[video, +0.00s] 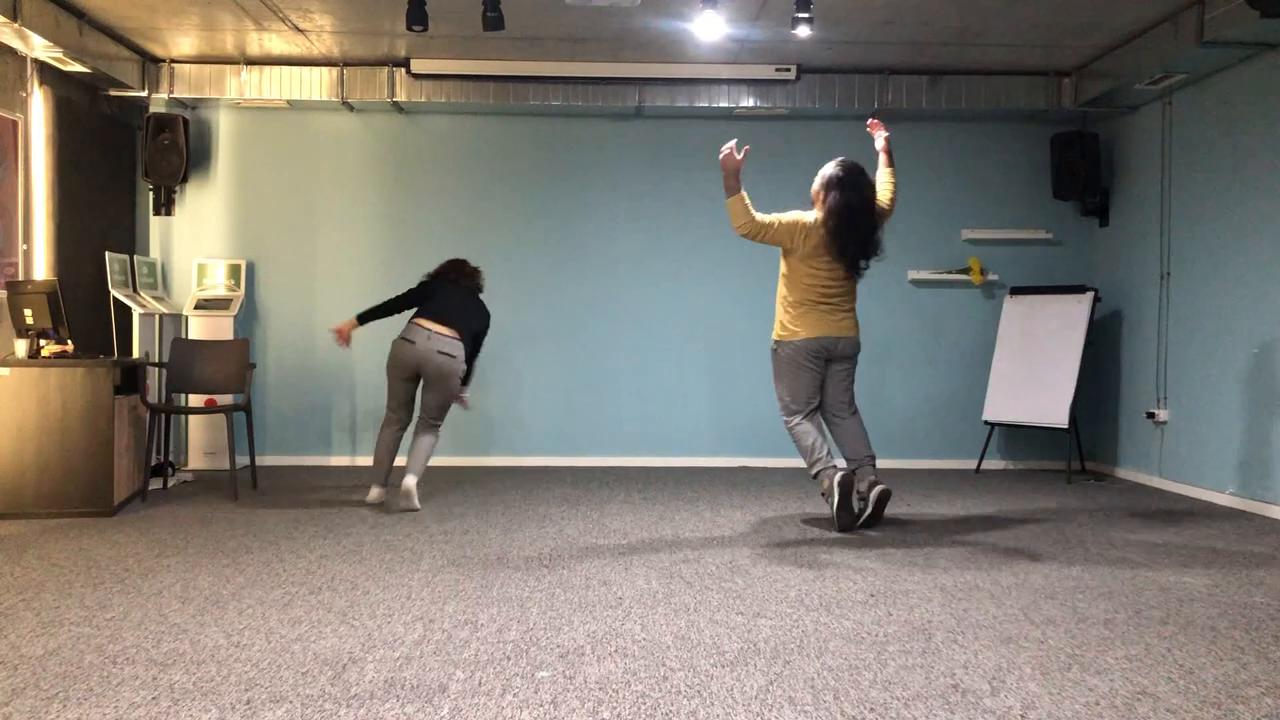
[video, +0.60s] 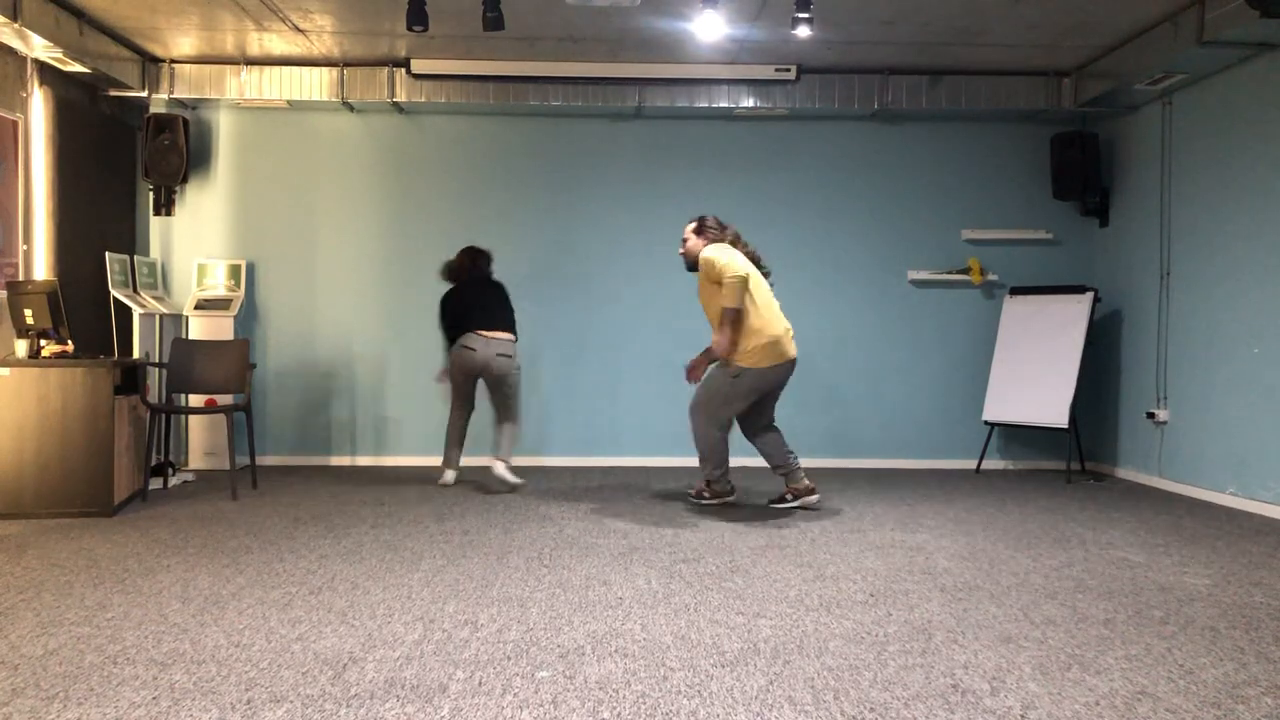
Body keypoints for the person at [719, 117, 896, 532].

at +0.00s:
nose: (812, 187)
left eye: (817, 183)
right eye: (817, 181)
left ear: (824, 194)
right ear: (856, 197)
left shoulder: (799, 226)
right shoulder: (860, 223)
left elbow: (747, 226)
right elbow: (885, 197)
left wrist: (731, 177)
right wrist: (884, 151)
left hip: (799, 337)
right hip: (845, 336)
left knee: (800, 415)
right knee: (842, 410)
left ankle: (832, 480)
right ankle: (869, 482)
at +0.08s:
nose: (799, 188)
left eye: (804, 184)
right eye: (803, 182)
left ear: (814, 196)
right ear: (839, 198)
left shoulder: (789, 227)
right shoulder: (847, 223)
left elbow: (741, 229)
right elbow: (870, 197)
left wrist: (720, 180)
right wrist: (869, 154)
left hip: (792, 343)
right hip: (839, 339)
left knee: (785, 417)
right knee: (843, 414)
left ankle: (823, 472)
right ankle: (874, 488)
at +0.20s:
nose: (762, 193)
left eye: (767, 189)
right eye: (766, 188)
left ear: (778, 203)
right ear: (797, 206)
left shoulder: (765, 232)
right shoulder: (809, 230)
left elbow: (731, 244)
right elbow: (816, 212)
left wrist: (699, 207)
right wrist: (811, 183)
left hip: (779, 346)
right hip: (823, 344)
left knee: (746, 403)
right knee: (826, 413)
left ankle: (771, 472)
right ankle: (865, 481)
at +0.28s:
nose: (737, 212)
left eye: (743, 206)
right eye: (740, 205)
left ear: (760, 212)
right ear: (776, 214)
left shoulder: (751, 238)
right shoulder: (792, 242)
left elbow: (725, 257)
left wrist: (684, 228)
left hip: (766, 355)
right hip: (810, 352)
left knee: (741, 415)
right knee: (810, 422)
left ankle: (733, 485)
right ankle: (854, 471)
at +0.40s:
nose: (708, 244)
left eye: (713, 236)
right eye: (709, 236)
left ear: (731, 236)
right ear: (742, 238)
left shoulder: (729, 260)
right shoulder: (765, 266)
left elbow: (712, 289)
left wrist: (661, 288)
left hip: (751, 365)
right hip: (791, 365)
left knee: (720, 421)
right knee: (766, 420)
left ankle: (730, 488)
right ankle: (807, 465)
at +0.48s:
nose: (699, 248)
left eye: (703, 240)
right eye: (700, 241)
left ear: (722, 236)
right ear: (735, 238)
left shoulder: (722, 256)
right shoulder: (759, 265)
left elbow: (718, 286)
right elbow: (763, 314)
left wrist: (672, 311)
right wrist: (724, 338)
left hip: (750, 361)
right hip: (789, 360)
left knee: (718, 416)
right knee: (754, 415)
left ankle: (728, 486)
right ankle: (793, 478)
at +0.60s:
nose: (681, 248)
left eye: (686, 240)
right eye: (681, 242)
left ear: (705, 236)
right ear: (713, 239)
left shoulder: (712, 254)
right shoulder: (733, 258)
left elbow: (736, 275)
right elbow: (733, 329)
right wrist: (704, 358)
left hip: (756, 354)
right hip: (780, 352)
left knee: (705, 410)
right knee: (756, 422)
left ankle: (717, 484)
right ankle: (799, 485)